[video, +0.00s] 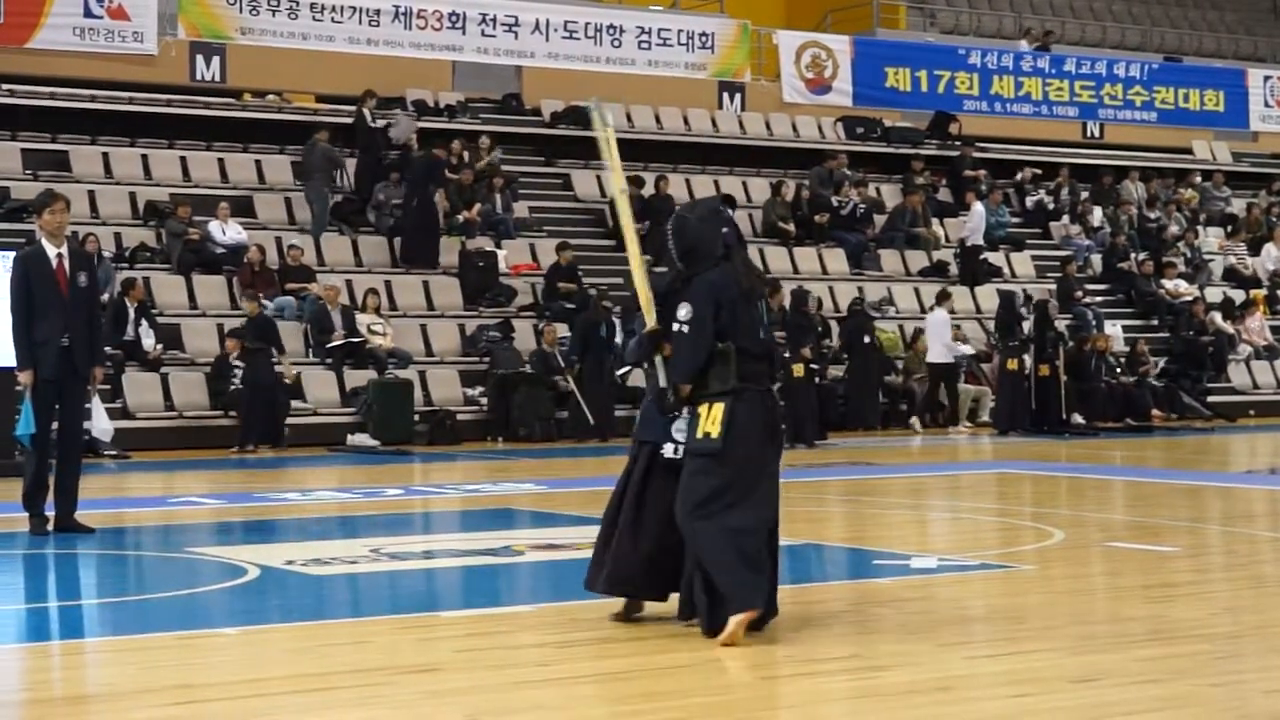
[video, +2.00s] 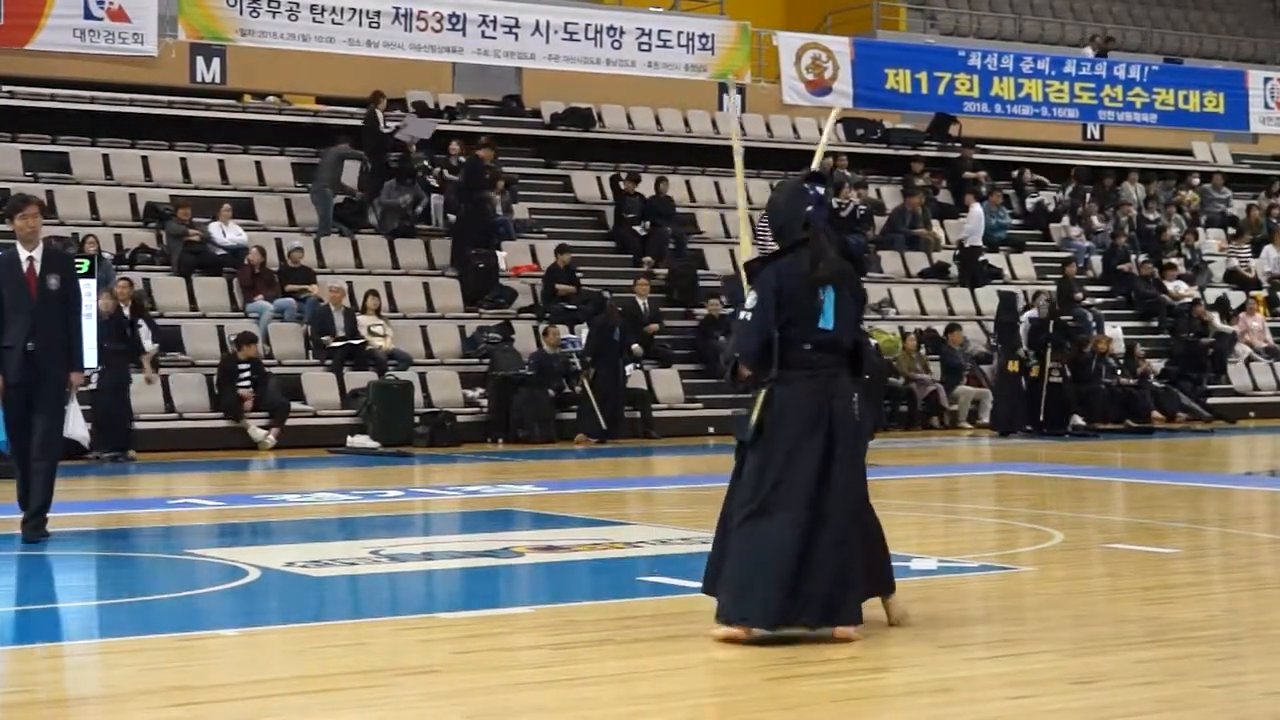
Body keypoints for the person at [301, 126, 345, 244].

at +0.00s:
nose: (327, 137)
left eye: (326, 135)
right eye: (325, 135)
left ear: (315, 135)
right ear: (322, 136)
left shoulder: (307, 148)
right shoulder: (325, 148)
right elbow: (340, 162)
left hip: (309, 185)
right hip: (321, 186)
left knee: (316, 218)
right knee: (321, 220)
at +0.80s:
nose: (332, 141)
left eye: (332, 138)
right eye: (332, 138)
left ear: (321, 137)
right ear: (329, 138)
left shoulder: (312, 149)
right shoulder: (325, 149)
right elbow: (335, 163)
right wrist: (348, 169)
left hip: (310, 188)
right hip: (320, 189)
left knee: (316, 221)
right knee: (322, 222)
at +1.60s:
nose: (345, 147)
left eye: (346, 145)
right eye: (345, 144)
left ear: (335, 142)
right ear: (343, 142)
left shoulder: (326, 152)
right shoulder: (336, 149)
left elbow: (334, 183)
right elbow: (352, 153)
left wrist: (353, 190)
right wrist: (363, 158)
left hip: (316, 191)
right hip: (323, 191)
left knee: (324, 225)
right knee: (324, 226)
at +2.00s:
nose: (348, 150)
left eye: (348, 148)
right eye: (347, 147)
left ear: (337, 144)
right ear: (345, 145)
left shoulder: (329, 154)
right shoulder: (338, 151)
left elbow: (335, 184)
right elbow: (361, 154)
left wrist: (354, 193)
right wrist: (365, 161)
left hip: (317, 190)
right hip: (324, 190)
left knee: (325, 225)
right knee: (325, 226)